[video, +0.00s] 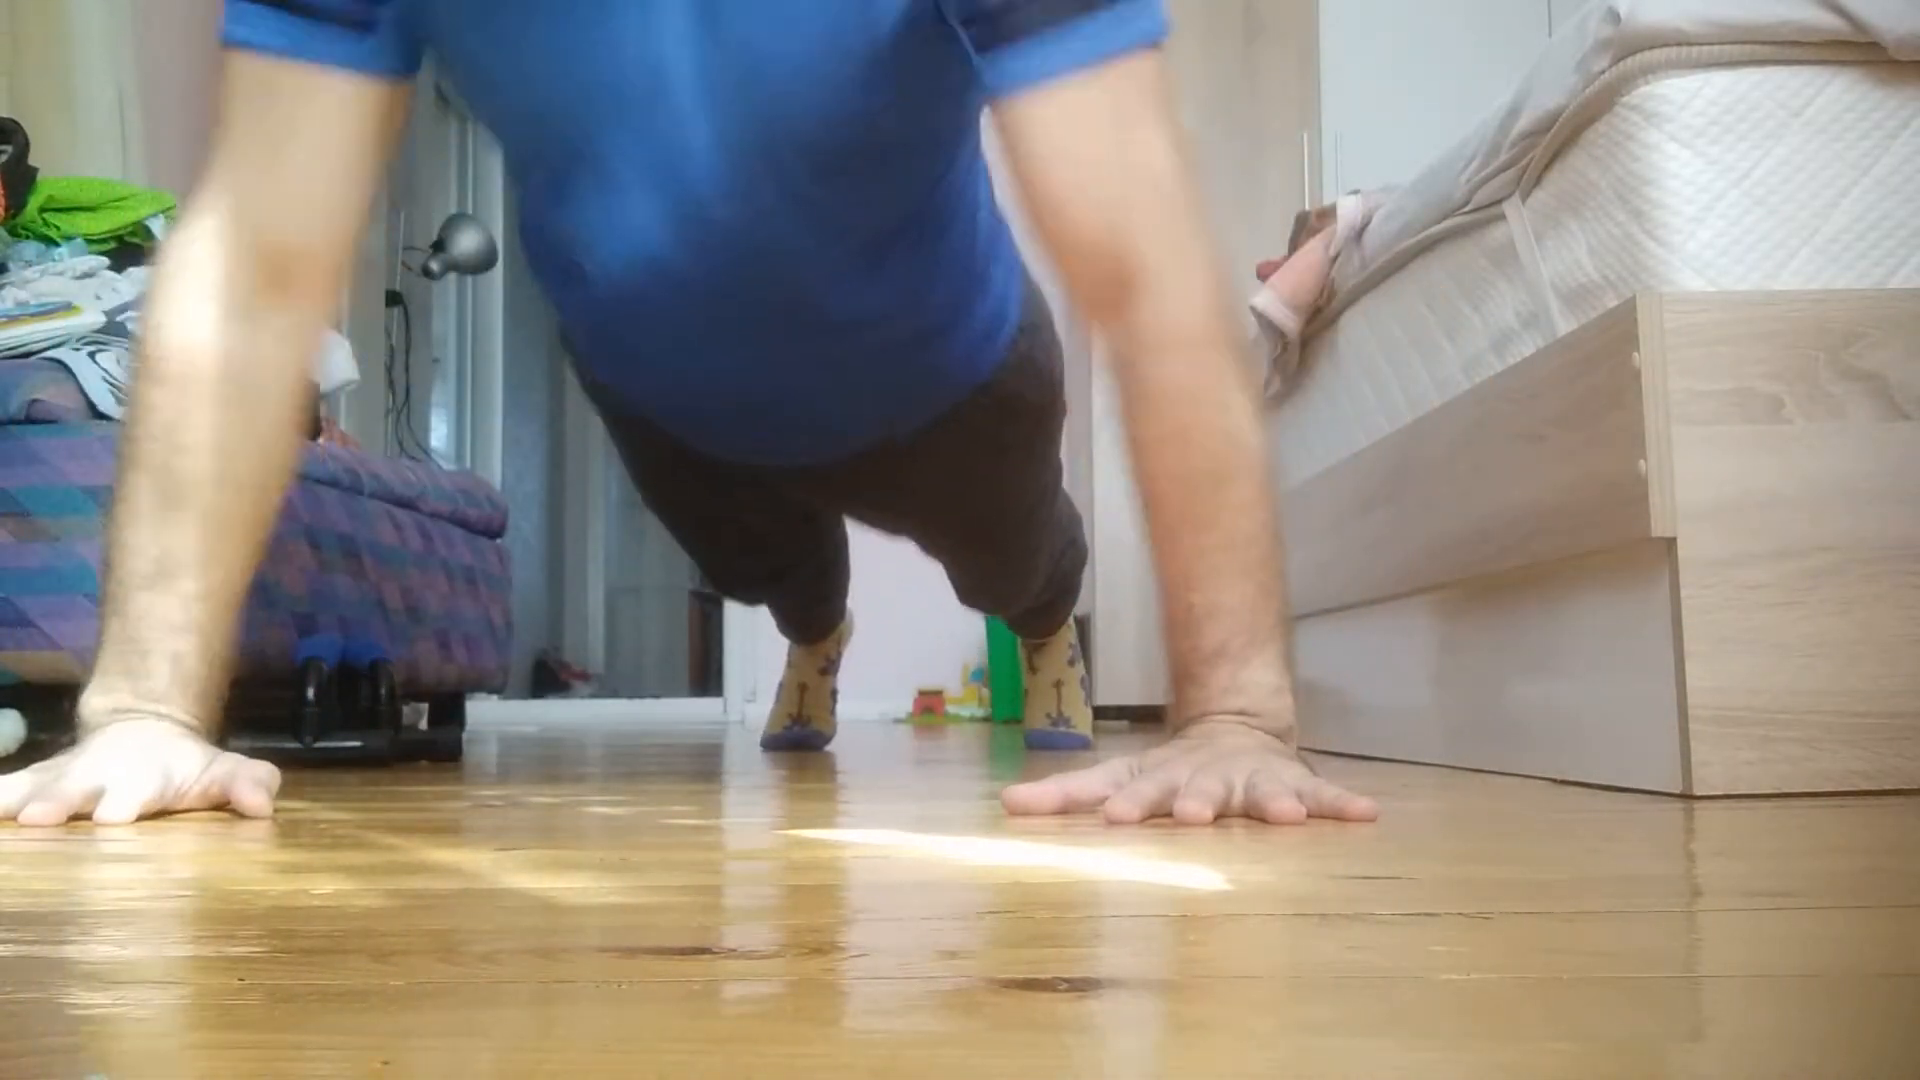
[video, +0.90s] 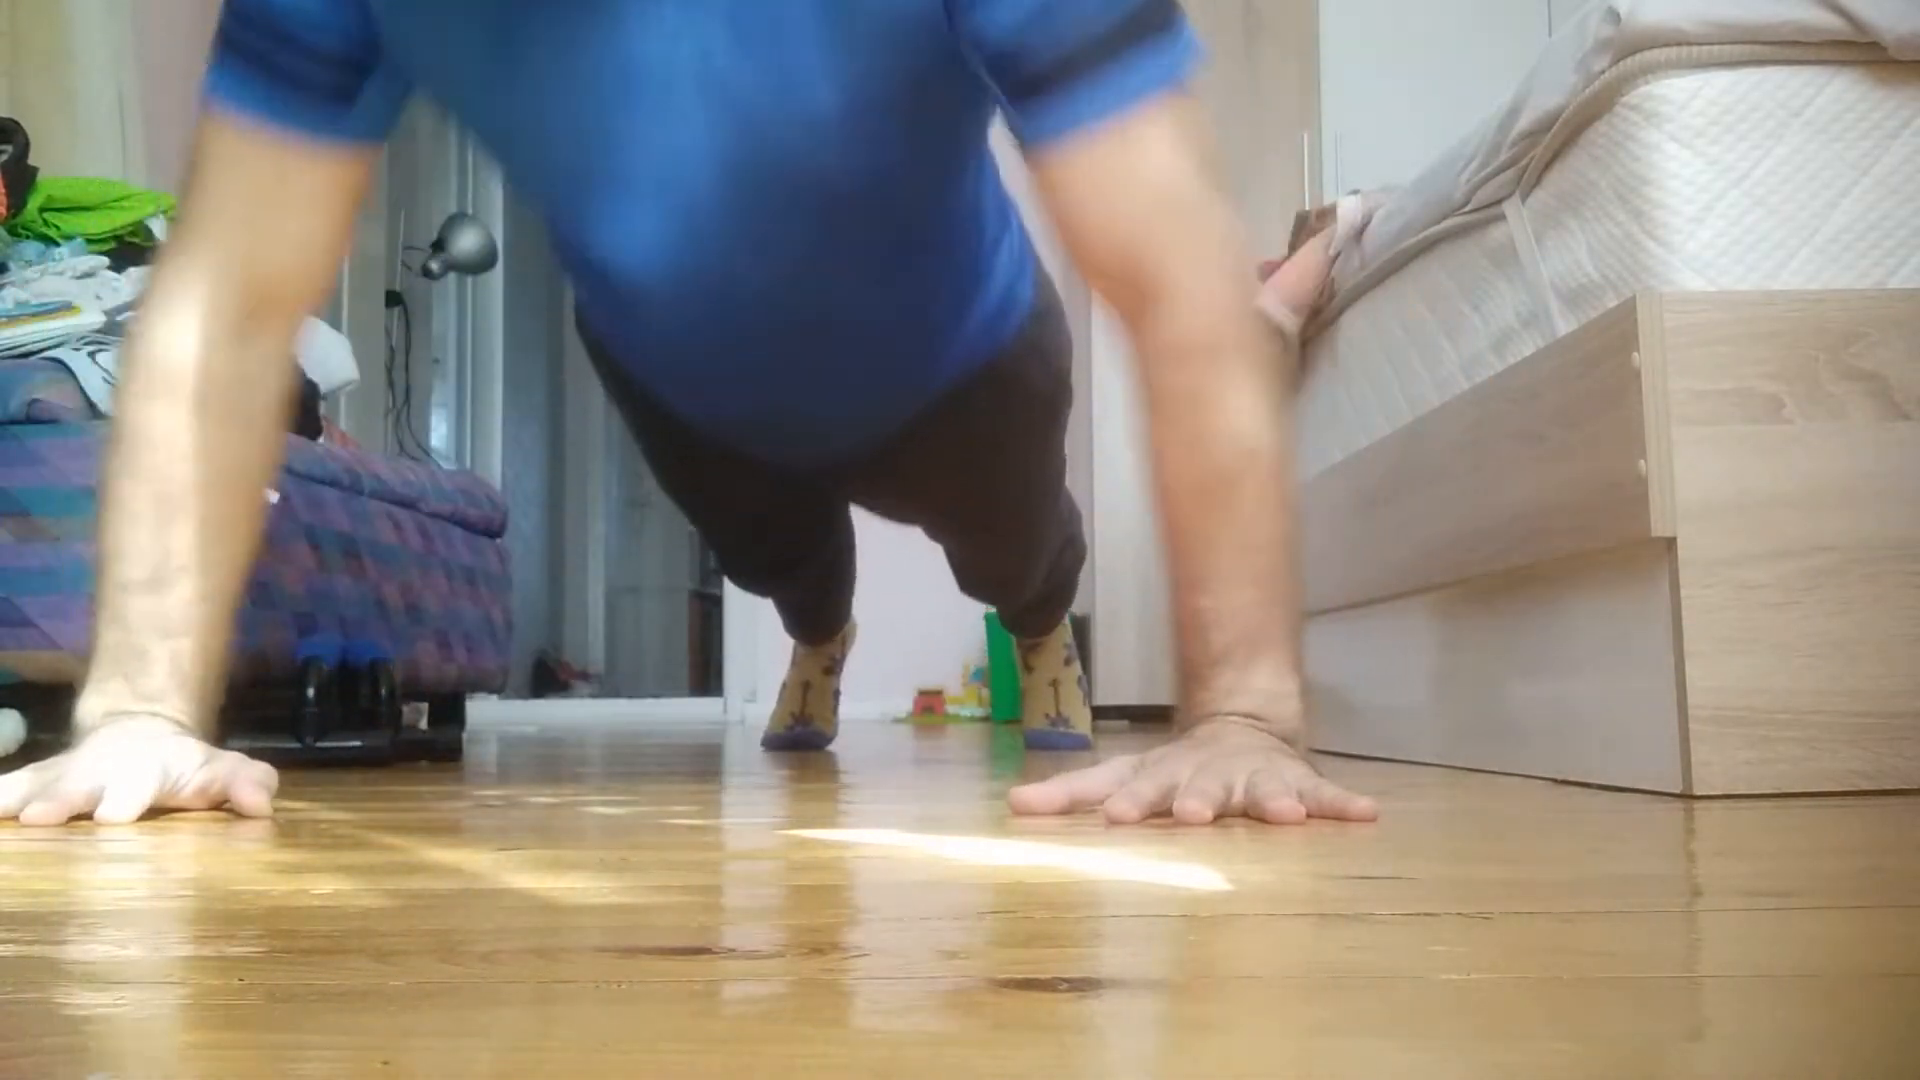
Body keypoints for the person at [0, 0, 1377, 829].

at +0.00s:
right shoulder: (371, 2)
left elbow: (1152, 277)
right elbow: (254, 271)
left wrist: (1240, 705)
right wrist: (148, 710)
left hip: (930, 377)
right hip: (672, 412)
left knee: (1011, 557)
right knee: (775, 563)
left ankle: (1023, 617)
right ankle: (816, 635)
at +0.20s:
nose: (505, 357)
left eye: (570, 270)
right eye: (437, 278)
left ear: (729, 85)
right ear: (337, 170)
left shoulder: (936, 166)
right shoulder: (254, 205)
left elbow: (1349, 350)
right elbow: (72, 395)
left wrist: (1247, 719)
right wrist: (137, 715)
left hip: (959, 591)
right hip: (693, 615)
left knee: (1017, 654)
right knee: (780, 657)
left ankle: (1016, 677)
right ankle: (797, 688)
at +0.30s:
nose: (495, 704)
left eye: (556, 612)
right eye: (417, 635)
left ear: (721, 392)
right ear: (306, 487)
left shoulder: (952, 375)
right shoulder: (267, 377)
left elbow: (1354, 353)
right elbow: (48, 374)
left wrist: (1255, 719)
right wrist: (133, 714)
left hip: (962, 699)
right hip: (655, 730)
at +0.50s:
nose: (515, 651)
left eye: (580, 564)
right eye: (423, 583)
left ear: (742, 381)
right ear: (328, 454)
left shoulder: (971, 374)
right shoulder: (248, 361)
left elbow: (1391, 356)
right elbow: (29, 371)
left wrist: (1259, 717)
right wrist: (126, 711)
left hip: (939, 634)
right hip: (688, 662)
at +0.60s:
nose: (529, 444)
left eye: (590, 358)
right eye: (458, 376)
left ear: (752, 204)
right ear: (354, 268)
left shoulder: (977, 240)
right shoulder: (265, 261)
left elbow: (1402, 356)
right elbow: (22, 389)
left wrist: (1262, 719)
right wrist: (127, 711)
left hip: (958, 546)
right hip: (713, 563)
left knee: (1006, 622)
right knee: (805, 616)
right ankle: (814, 667)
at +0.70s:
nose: (522, 230)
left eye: (580, 133)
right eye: (453, 153)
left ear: (742, 28)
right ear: (366, 84)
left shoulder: (974, 99)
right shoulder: (305, 124)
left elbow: (1375, 346)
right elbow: (67, 381)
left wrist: (1264, 718)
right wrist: (135, 717)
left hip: (945, 481)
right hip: (706, 516)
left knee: (1016, 598)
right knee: (791, 604)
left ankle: (1031, 636)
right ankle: (818, 652)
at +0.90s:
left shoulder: (1010, 18)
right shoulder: (344, 19)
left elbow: (1191, 289)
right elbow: (226, 298)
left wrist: (1248, 710)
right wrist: (148, 710)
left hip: (945, 357)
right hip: (686, 390)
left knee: (1013, 549)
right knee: (784, 555)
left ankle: (1022, 624)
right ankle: (820, 643)